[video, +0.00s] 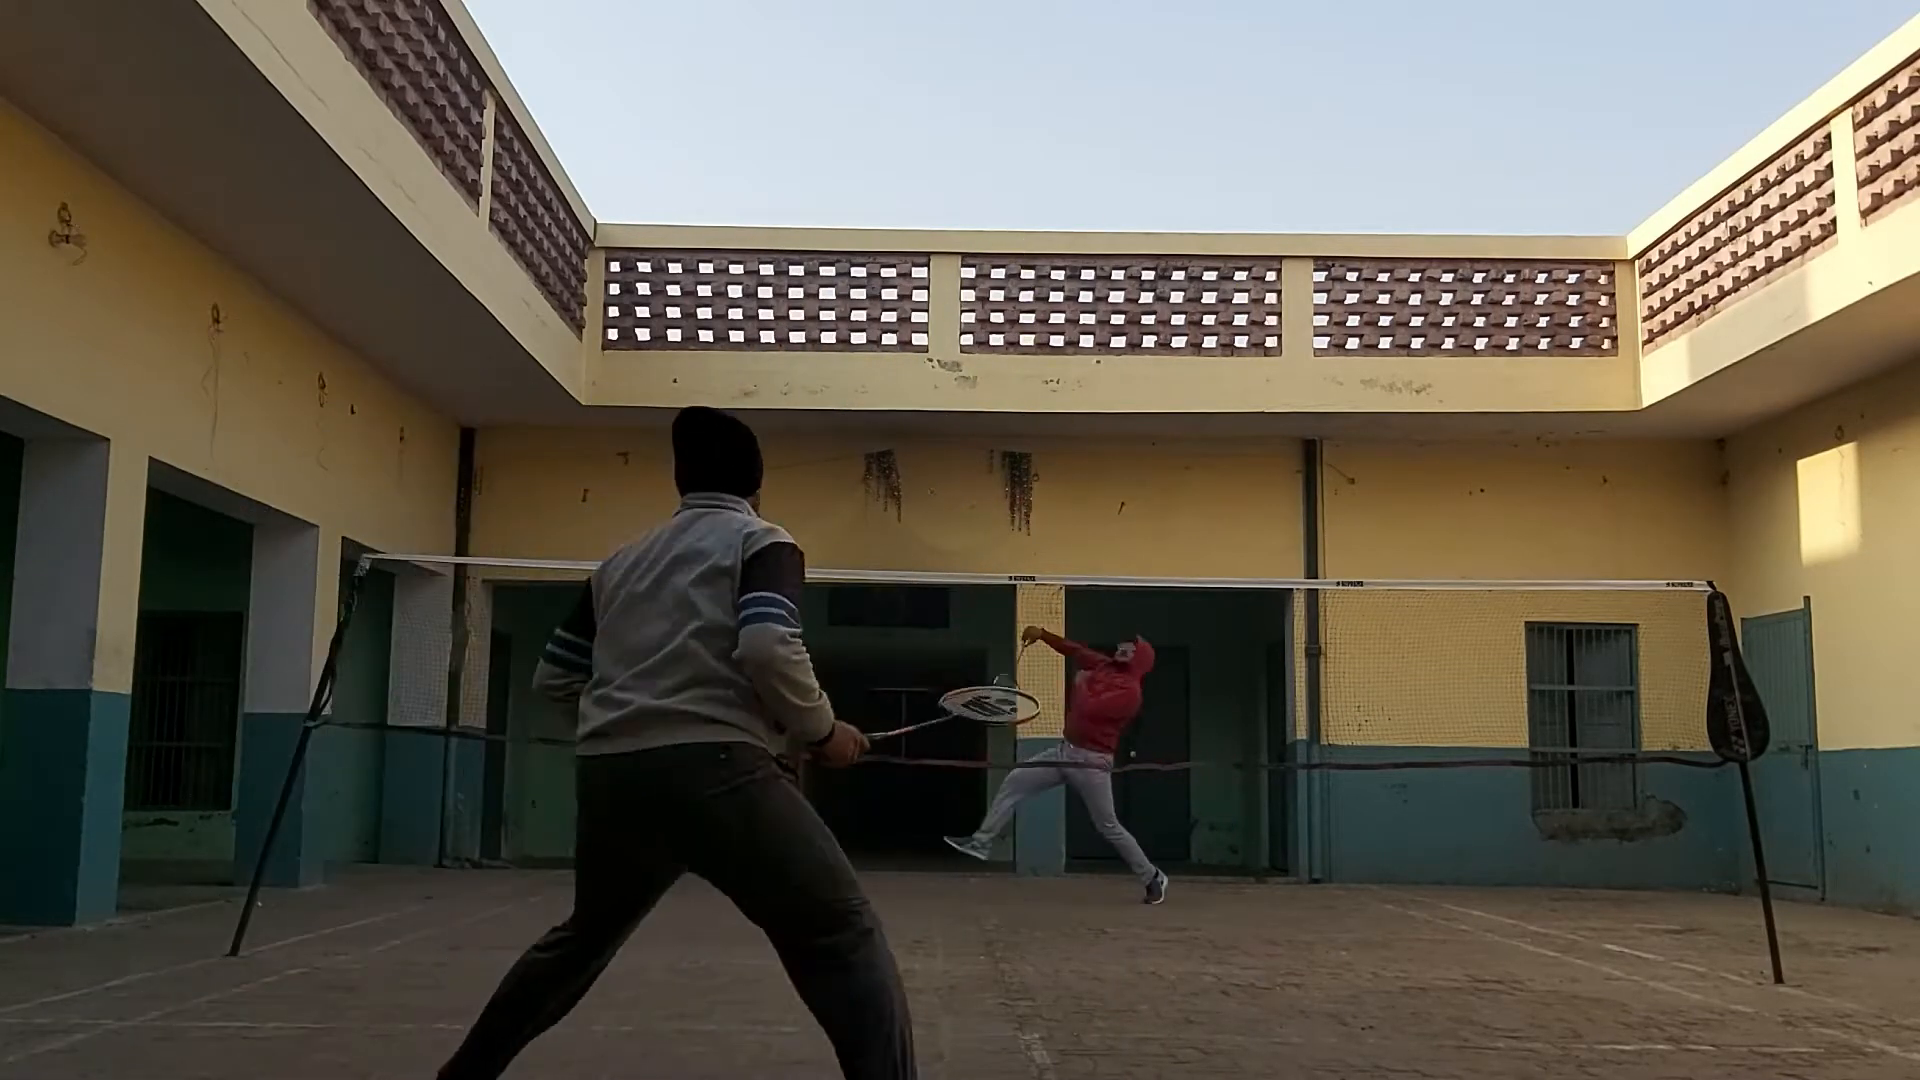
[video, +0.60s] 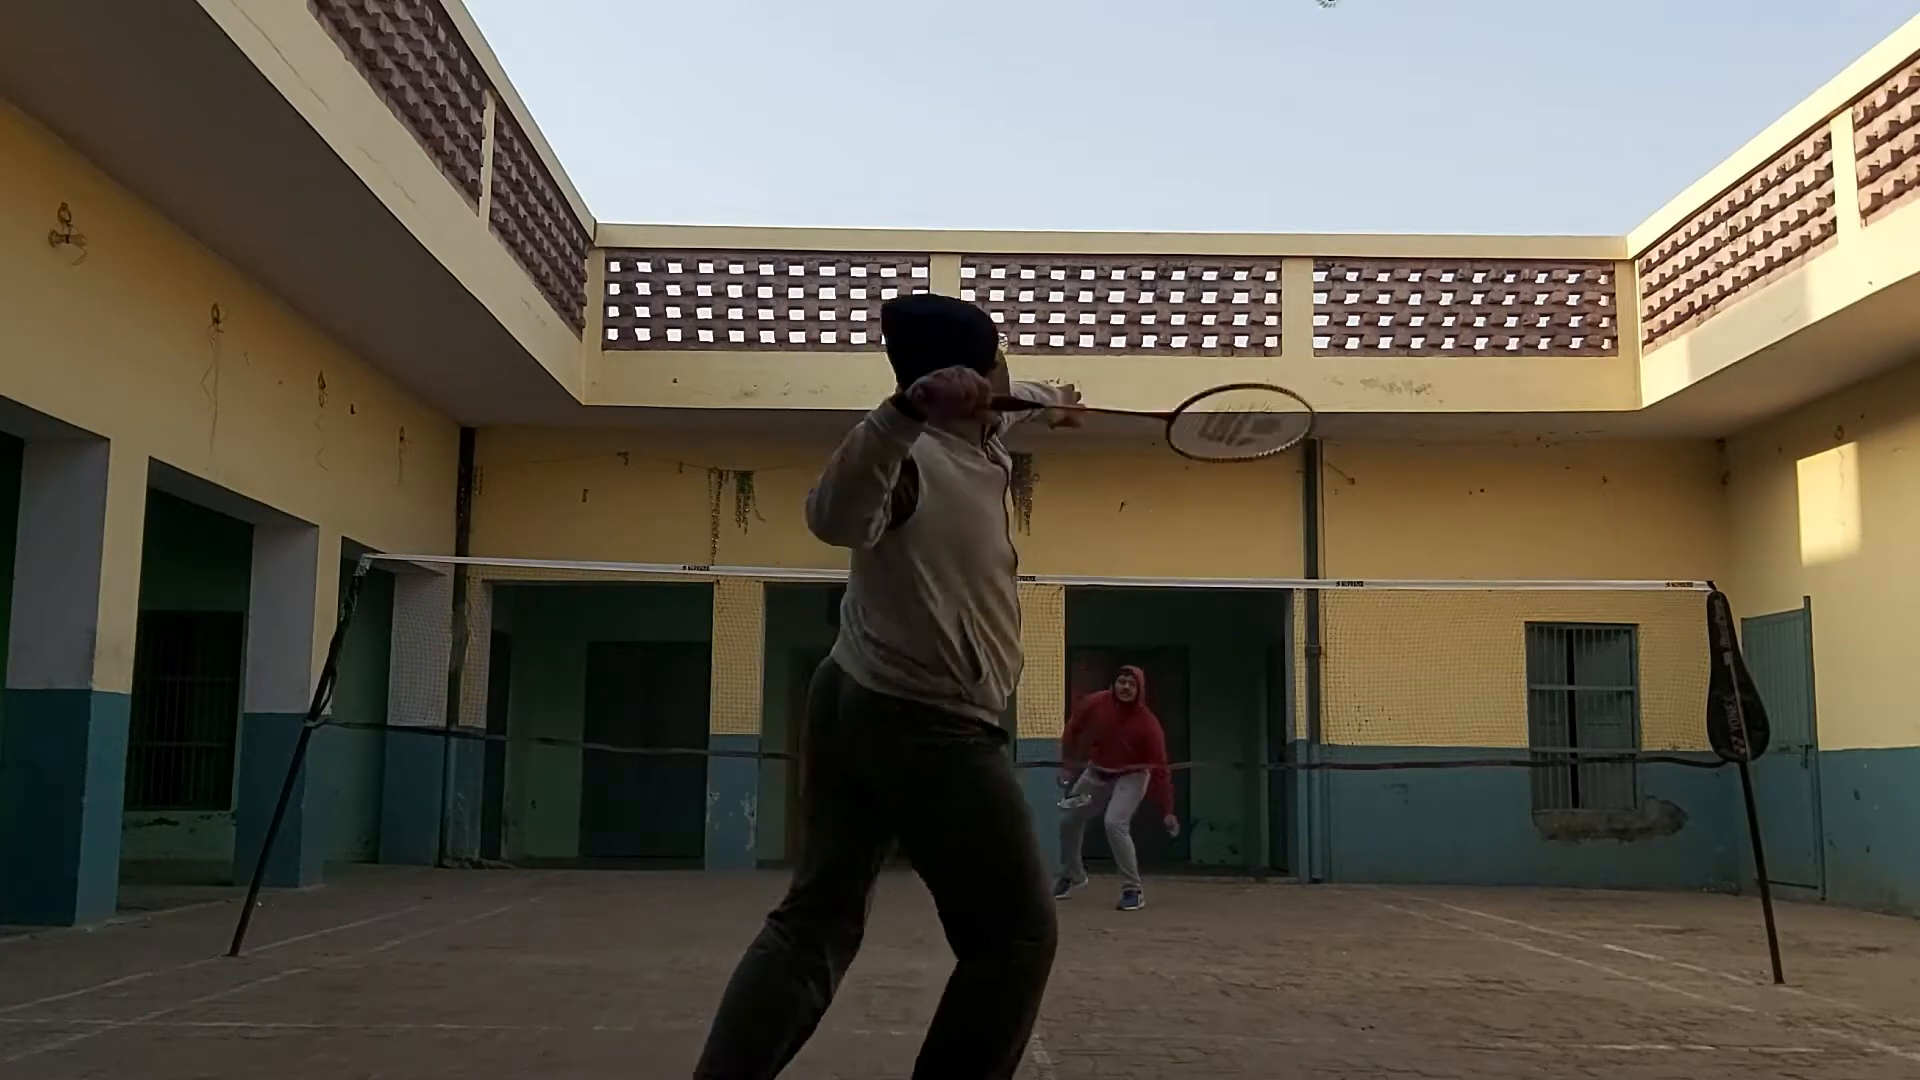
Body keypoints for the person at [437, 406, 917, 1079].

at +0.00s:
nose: (758, 485)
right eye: (757, 475)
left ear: (680, 479)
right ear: (754, 478)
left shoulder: (619, 565)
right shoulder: (761, 542)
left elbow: (554, 676)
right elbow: (766, 647)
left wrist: (632, 712)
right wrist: (825, 728)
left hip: (612, 777)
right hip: (718, 770)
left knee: (587, 931)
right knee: (840, 935)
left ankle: (465, 1070)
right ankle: (886, 1071)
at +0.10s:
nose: (784, 497)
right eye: (782, 485)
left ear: (702, 488)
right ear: (777, 488)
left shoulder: (648, 576)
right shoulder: (780, 552)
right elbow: (807, 669)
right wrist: (900, 717)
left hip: (641, 797)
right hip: (744, 794)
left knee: (634, 944)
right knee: (908, 943)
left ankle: (508, 1075)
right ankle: (907, 1075)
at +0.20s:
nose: (804, 505)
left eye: (800, 489)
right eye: (803, 489)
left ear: (727, 494)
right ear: (794, 494)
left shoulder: (691, 569)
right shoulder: (776, 567)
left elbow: (717, 674)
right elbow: (800, 694)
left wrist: (817, 648)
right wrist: (924, 708)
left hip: (667, 812)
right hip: (754, 808)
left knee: (632, 966)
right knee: (941, 928)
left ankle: (506, 1079)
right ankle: (916, 1075)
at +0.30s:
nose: (852, 460)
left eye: (847, 447)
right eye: (847, 447)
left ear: (774, 466)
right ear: (835, 462)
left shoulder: (763, 534)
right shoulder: (806, 554)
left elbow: (837, 553)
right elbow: (820, 689)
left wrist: (906, 555)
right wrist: (961, 703)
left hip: (722, 783)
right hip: (783, 788)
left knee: (648, 954)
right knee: (966, 926)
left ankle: (516, 1076)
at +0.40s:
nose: (909, 425)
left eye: (904, 412)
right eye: (901, 412)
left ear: (831, 431)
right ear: (882, 429)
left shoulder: (848, 481)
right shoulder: (844, 512)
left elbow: (907, 460)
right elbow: (819, 639)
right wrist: (947, 678)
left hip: (768, 748)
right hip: (827, 756)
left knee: (700, 925)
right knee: (982, 934)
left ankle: (552, 1072)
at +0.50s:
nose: (964, 393)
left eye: (958, 382)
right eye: (953, 383)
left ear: (890, 400)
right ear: (924, 401)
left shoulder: (916, 445)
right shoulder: (874, 479)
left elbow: (997, 399)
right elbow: (810, 585)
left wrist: (1079, 368)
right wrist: (912, 576)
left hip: (808, 722)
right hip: (872, 736)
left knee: (776, 913)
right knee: (996, 935)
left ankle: (651, 1063)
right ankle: (938, 1079)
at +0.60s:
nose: (999, 383)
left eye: (996, 372)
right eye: (993, 368)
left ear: (934, 373)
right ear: (964, 371)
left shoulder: (979, 448)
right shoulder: (905, 450)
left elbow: (1008, 417)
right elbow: (834, 519)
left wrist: (1046, 409)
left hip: (858, 706)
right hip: (932, 723)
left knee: (817, 922)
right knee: (1015, 939)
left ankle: (723, 1071)